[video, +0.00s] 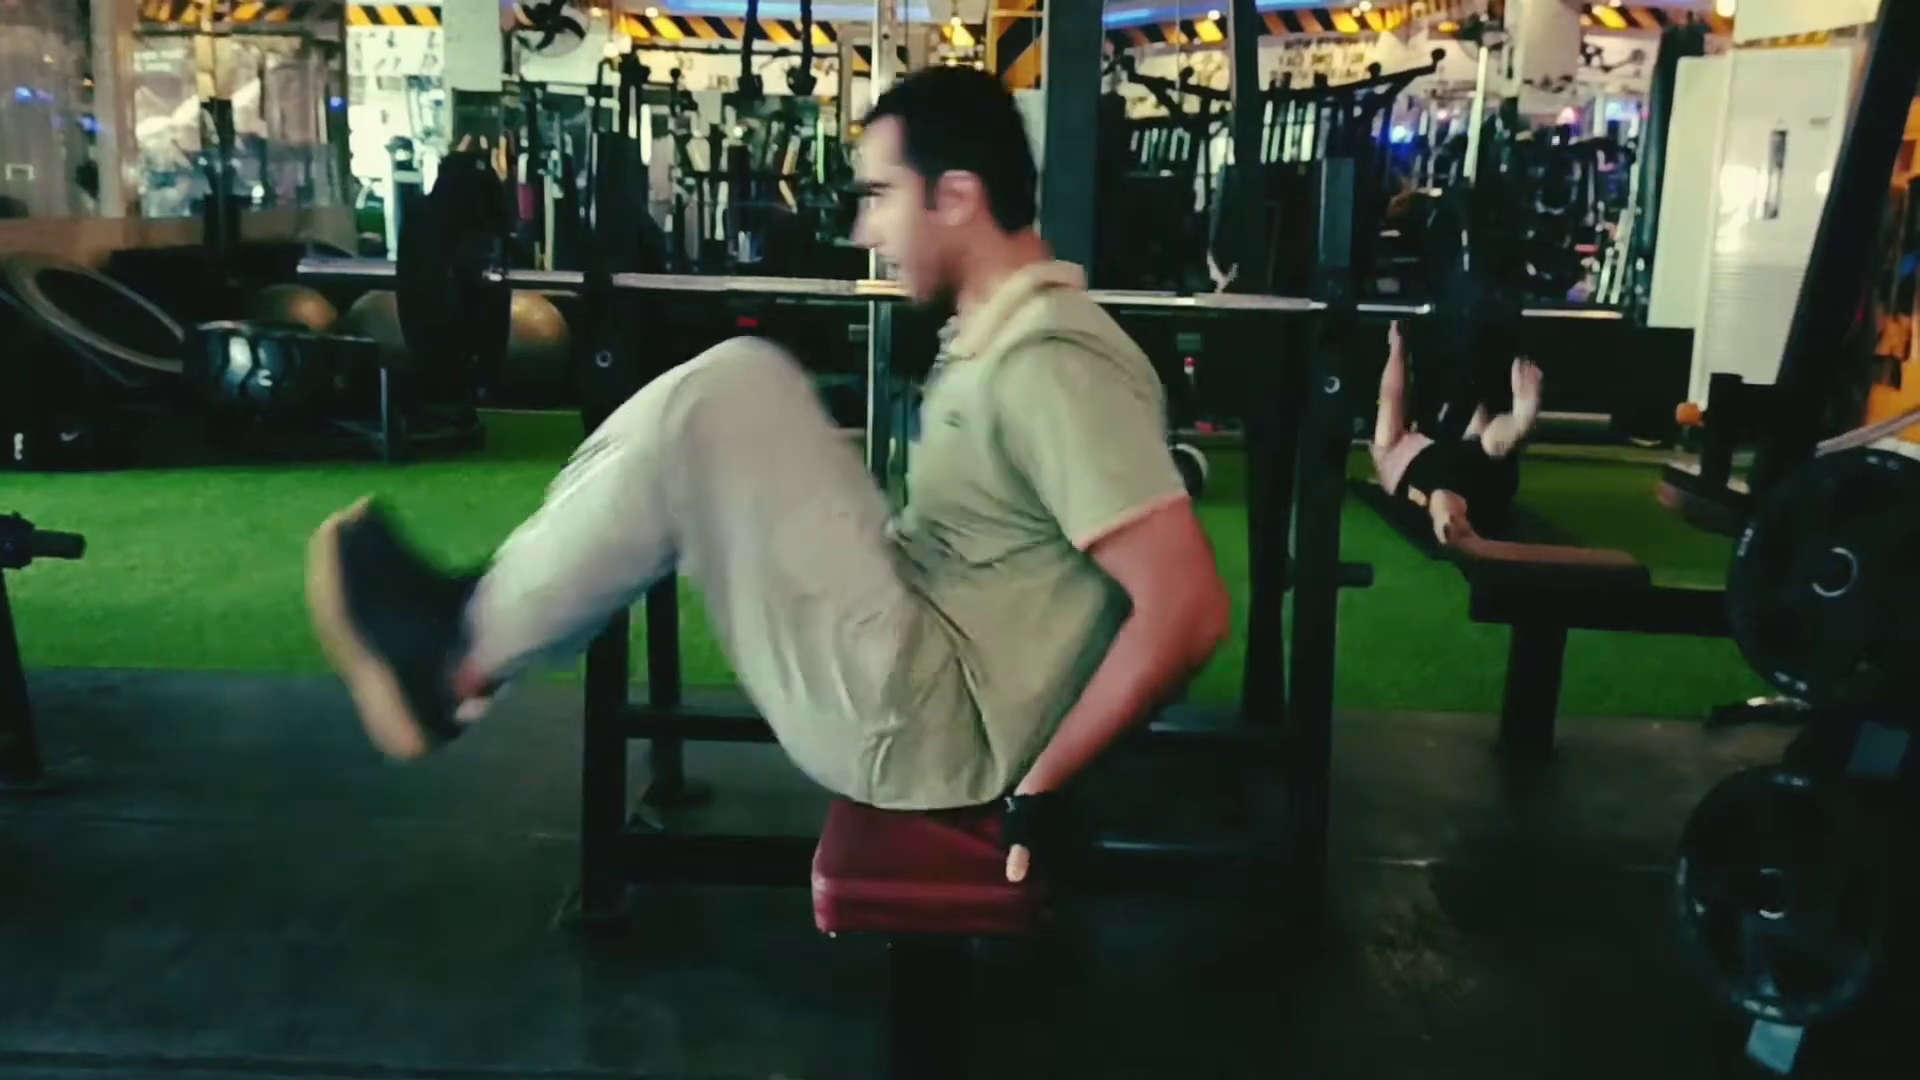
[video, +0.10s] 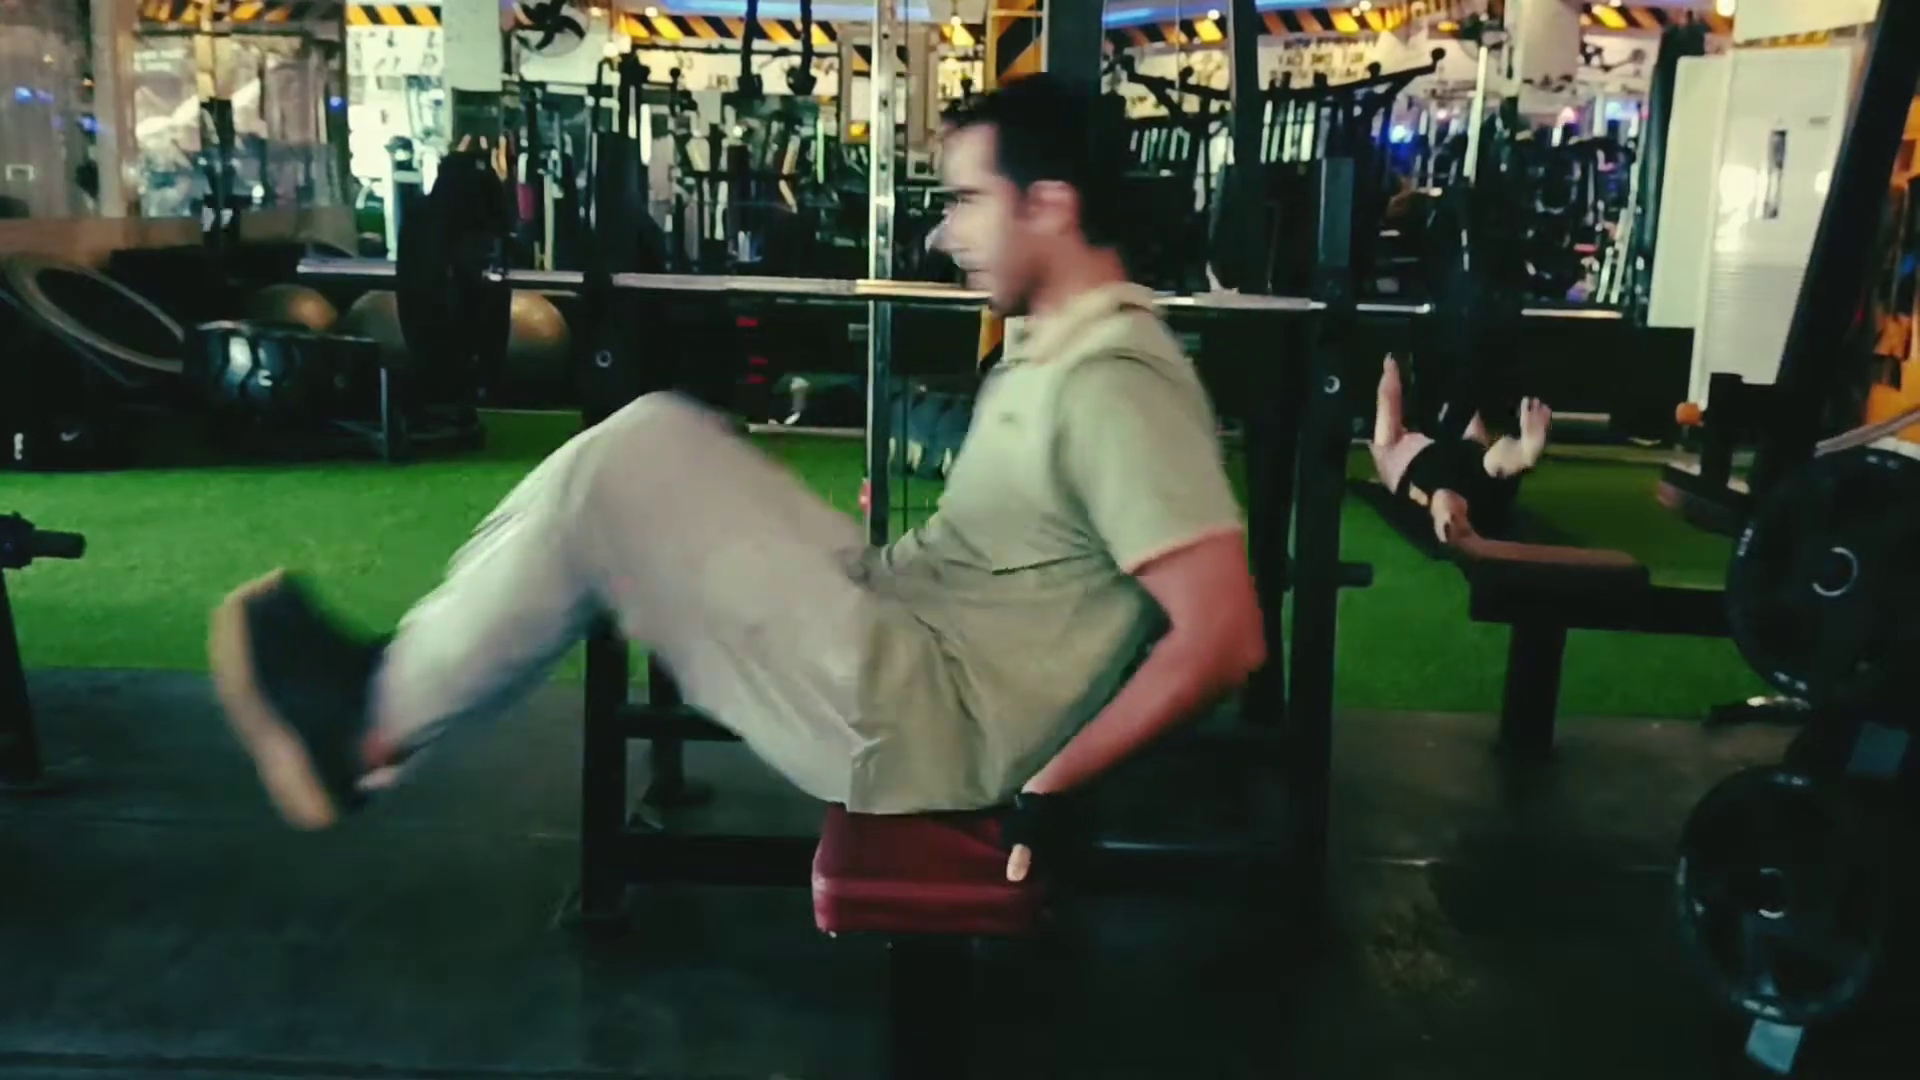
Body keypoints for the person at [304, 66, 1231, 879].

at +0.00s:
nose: (862, 232)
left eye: (876, 198)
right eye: (862, 201)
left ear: (958, 199)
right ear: (959, 200)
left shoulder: (1050, 354)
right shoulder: (1002, 337)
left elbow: (1184, 609)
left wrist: (1029, 790)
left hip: (936, 728)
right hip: (911, 698)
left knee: (734, 389)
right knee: (719, 389)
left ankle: (460, 665)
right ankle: (463, 637)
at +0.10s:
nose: (946, 232)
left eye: (963, 201)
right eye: (948, 204)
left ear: (1056, 207)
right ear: (1048, 210)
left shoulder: (1114, 373)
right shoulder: (1062, 347)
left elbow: (1221, 635)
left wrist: (1035, 785)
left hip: (934, 723)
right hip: (907, 661)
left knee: (633, 463)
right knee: (653, 436)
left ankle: (360, 738)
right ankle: (383, 699)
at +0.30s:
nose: (1100, 276)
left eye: (1125, 247)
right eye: (1104, 248)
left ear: (1216, 264)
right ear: (1199, 268)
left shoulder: (1220, 423)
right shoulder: (1164, 394)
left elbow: (1268, 695)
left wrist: (1062, 790)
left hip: (911, 703)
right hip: (881, 627)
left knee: (537, 643)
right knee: (566, 590)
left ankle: (220, 841)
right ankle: (268, 789)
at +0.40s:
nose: (1126, 267)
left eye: (1151, 241)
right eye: (1131, 241)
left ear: (1239, 264)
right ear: (1224, 269)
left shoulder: (1236, 416)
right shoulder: (1187, 393)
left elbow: (1267, 697)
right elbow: (1198, 644)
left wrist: (1058, 793)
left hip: (923, 702)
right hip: (891, 628)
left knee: (546, 657)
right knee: (574, 597)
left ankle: (235, 863)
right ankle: (284, 810)